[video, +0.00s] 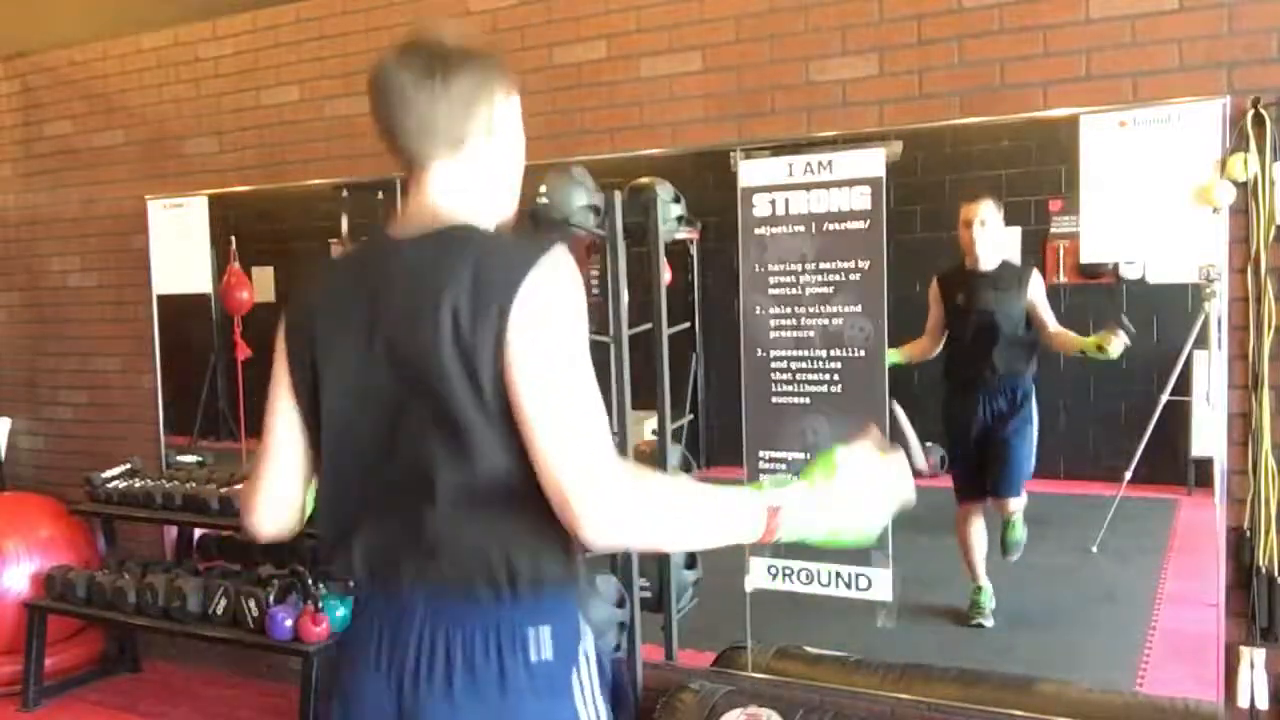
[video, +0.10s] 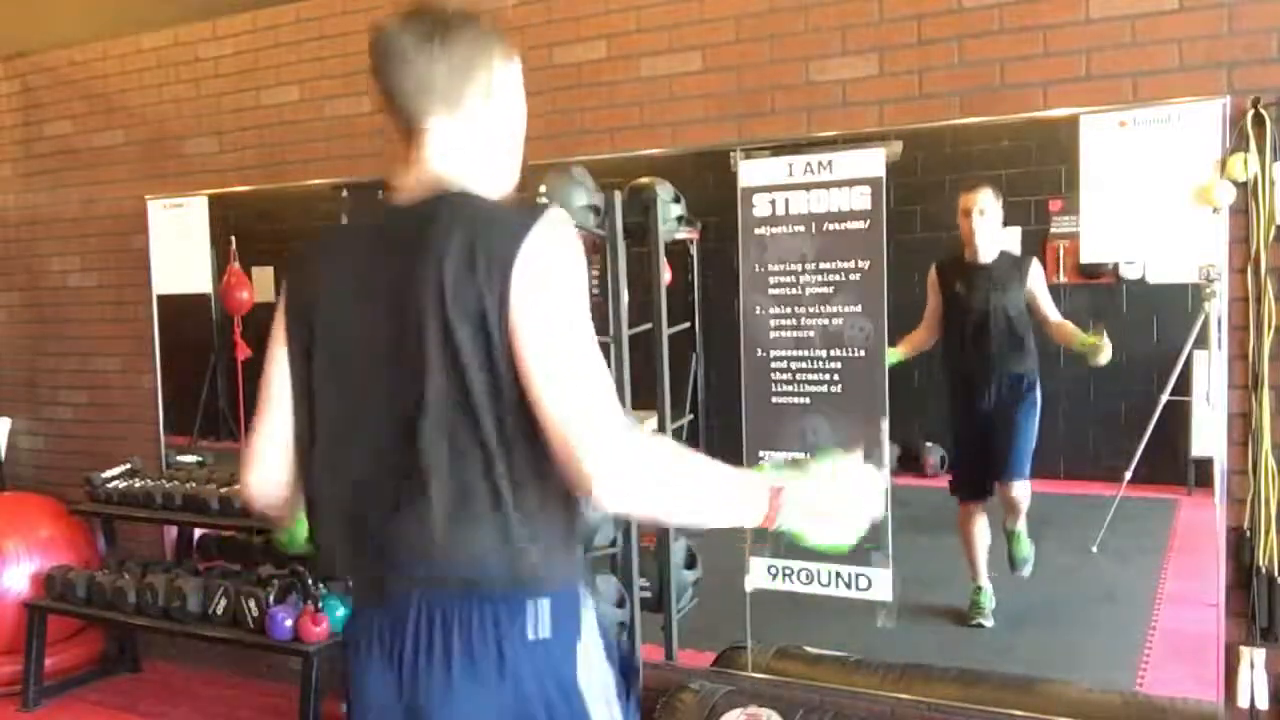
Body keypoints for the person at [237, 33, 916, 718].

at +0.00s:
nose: (523, 160)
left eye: (519, 136)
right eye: (518, 135)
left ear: (400, 144)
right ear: (493, 132)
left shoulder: (317, 297)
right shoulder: (525, 272)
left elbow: (267, 513)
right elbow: (601, 508)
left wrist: (365, 437)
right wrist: (789, 511)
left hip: (372, 641)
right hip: (519, 647)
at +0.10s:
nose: (524, 125)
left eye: (519, 98)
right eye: (518, 99)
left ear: (396, 110)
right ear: (491, 100)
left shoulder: (315, 265)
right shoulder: (523, 242)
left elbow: (266, 483)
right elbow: (607, 461)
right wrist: (784, 497)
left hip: (379, 636)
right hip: (522, 635)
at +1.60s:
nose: (529, 161)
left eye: (524, 137)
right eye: (525, 136)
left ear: (404, 146)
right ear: (500, 136)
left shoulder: (308, 304)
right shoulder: (529, 283)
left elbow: (252, 511)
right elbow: (605, 517)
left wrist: (354, 431)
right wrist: (788, 506)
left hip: (368, 650)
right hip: (515, 656)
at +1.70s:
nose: (526, 152)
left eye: (521, 125)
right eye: (520, 125)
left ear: (404, 132)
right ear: (488, 126)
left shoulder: (304, 291)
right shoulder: (523, 270)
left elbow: (243, 498)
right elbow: (607, 497)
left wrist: (365, 448)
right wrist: (785, 499)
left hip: (361, 663)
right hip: (510, 661)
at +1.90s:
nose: (516, 69)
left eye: (510, 46)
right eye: (510, 45)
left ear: (387, 56)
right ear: (487, 48)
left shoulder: (286, 226)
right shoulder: (512, 187)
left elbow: (248, 481)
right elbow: (577, 432)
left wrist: (251, 524)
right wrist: (761, 521)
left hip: (359, 572)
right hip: (508, 573)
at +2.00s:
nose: (513, 145)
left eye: (506, 121)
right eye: (508, 121)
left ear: (384, 134)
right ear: (487, 122)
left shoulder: (299, 292)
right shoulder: (516, 267)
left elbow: (242, 511)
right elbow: (597, 502)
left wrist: (346, 421)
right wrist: (791, 491)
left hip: (371, 640)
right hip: (518, 642)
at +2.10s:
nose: (521, 145)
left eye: (517, 118)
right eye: (515, 118)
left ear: (398, 129)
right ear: (485, 123)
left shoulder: (299, 292)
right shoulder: (524, 267)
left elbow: (234, 495)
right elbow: (609, 493)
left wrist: (360, 438)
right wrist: (780, 488)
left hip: (364, 656)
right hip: (515, 654)